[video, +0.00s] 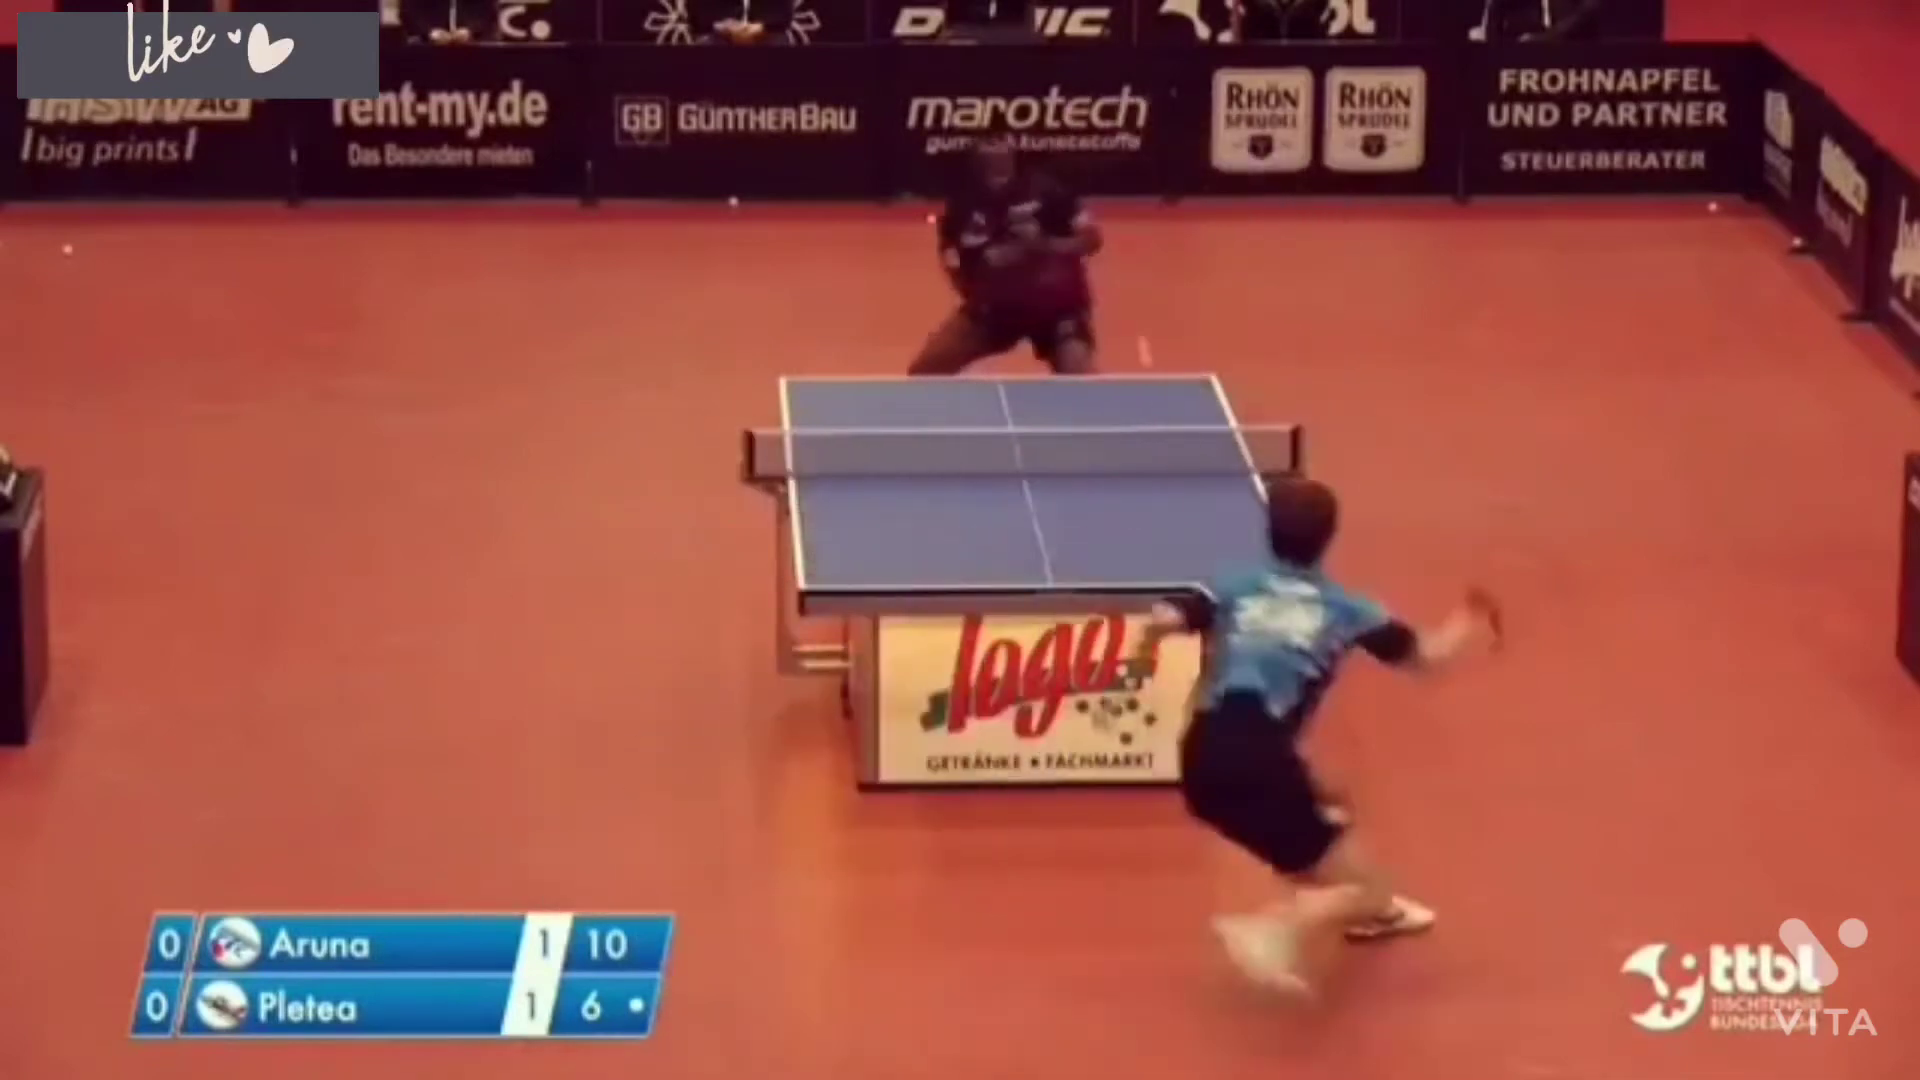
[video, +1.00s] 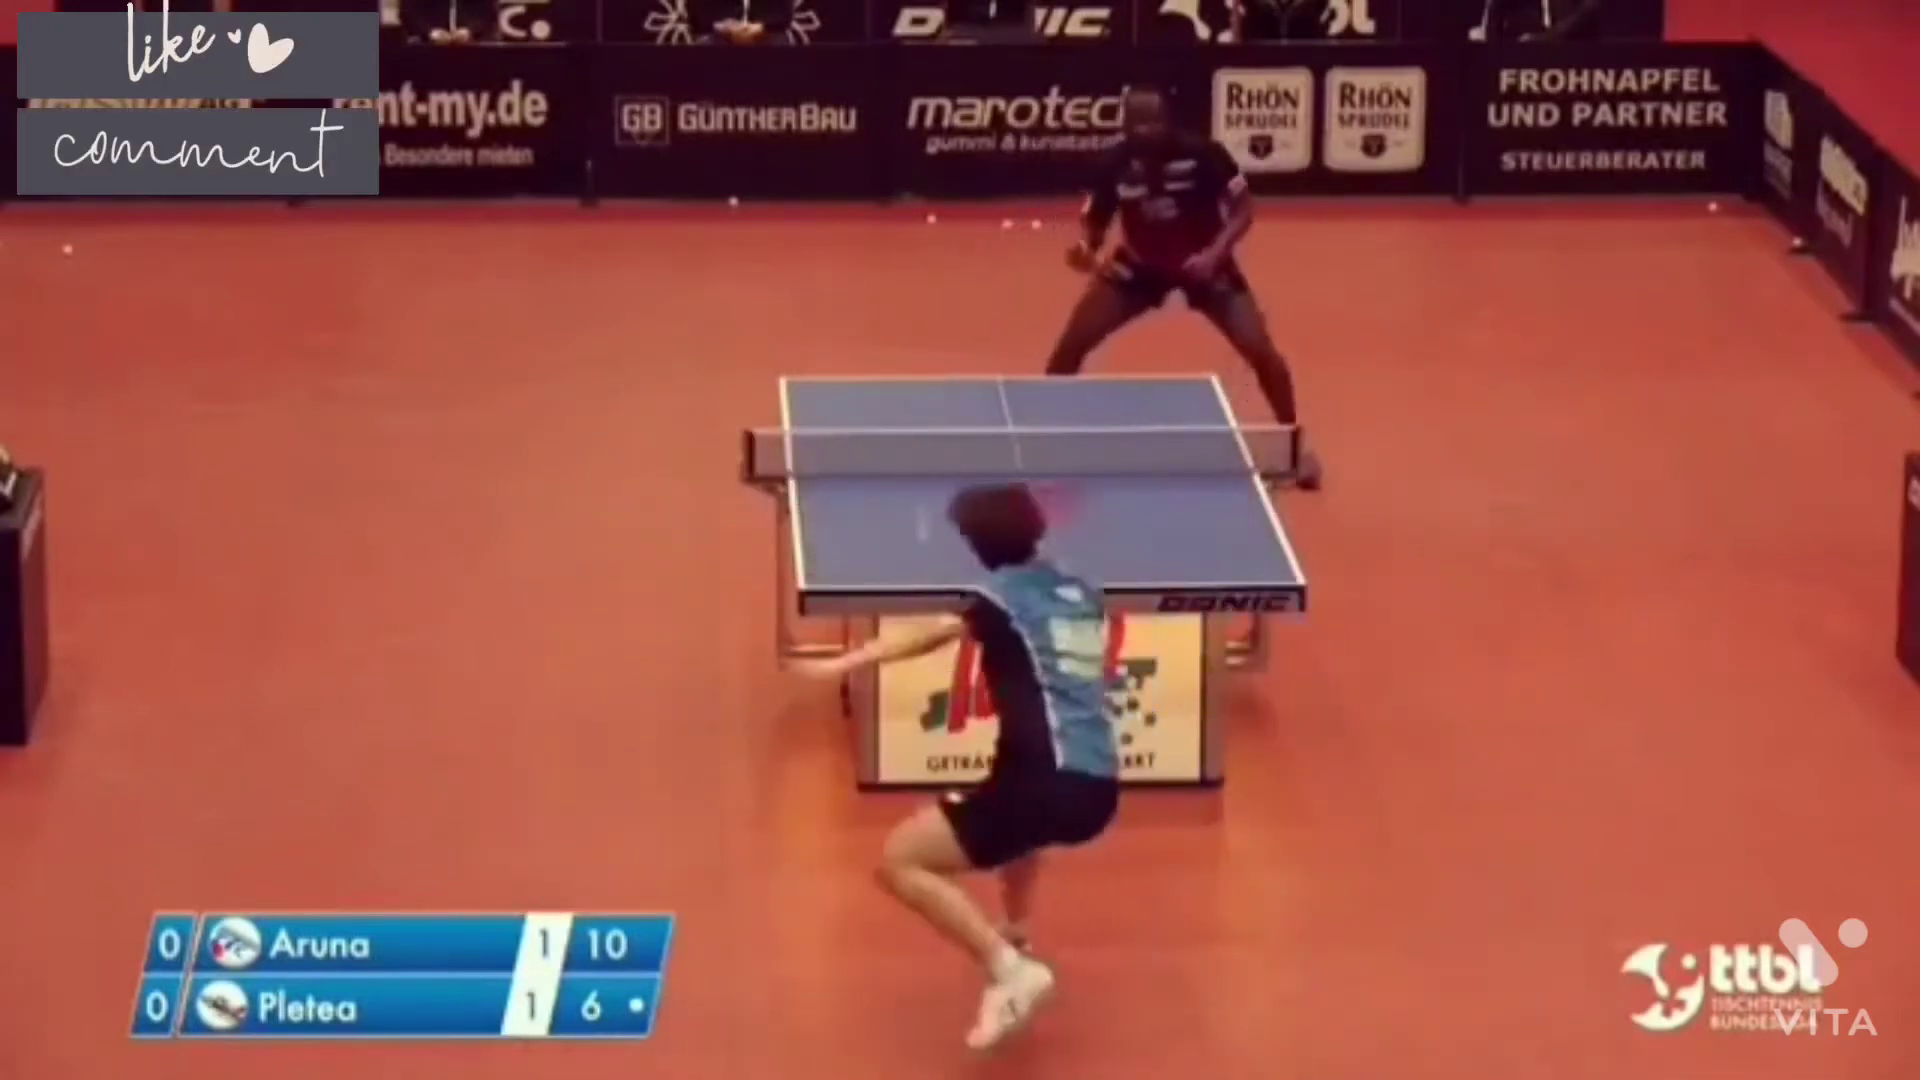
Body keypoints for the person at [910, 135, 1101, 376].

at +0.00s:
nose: (993, 156)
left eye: (998, 145)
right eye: (985, 147)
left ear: (1013, 148)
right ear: (975, 153)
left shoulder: (1043, 189)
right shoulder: (963, 202)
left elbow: (1090, 238)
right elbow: (959, 275)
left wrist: (1040, 242)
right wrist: (992, 258)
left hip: (1057, 309)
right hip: (994, 310)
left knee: (1081, 389)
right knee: (922, 375)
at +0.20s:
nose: (1046, 158)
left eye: (1053, 149)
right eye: (1038, 150)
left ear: (1065, 142)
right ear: (1023, 147)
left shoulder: (1084, 135)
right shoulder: (1004, 174)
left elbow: (1127, 141)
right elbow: (989, 246)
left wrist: (1110, 174)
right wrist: (1053, 255)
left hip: (1083, 252)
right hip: (1028, 254)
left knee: (1089, 321)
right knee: (979, 342)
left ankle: (1115, 402)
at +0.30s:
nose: (1073, 179)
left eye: (1080, 169)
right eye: (1064, 170)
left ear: (1092, 164)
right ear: (1051, 167)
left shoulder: (1113, 175)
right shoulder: (1033, 190)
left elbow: (1166, 170)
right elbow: (975, 248)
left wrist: (1144, 224)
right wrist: (996, 275)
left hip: (1106, 266)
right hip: (1052, 268)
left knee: (1098, 328)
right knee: (999, 333)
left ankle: (1133, 397)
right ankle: (999, 411)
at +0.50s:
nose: (1102, 206)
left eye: (1109, 198)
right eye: (1094, 198)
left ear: (1122, 193)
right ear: (1082, 193)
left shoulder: (1151, 214)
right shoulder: (1062, 214)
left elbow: (1183, 246)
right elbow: (1018, 254)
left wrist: (1157, 286)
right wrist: (996, 300)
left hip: (1137, 289)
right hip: (1083, 288)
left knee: (1136, 365)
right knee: (1034, 362)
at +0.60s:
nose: (1108, 182)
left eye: (1114, 173)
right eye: (1100, 174)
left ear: (1128, 171)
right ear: (1089, 173)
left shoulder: (1159, 190)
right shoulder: (1074, 196)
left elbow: (1195, 227)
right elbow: (1031, 245)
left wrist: (1155, 270)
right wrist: (1018, 293)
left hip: (1154, 270)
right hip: (1097, 270)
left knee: (1167, 356)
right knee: (1047, 354)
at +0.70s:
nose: (1119, 159)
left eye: (1127, 150)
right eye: (1112, 151)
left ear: (1142, 149)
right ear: (1101, 150)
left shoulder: (1177, 174)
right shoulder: (1087, 182)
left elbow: (1220, 219)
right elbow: (1051, 231)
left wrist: (1181, 262)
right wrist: (1037, 262)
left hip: (1171, 276)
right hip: (1110, 277)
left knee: (1206, 362)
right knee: (1055, 360)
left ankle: (1234, 439)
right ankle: (1033, 444)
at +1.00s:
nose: (1141, 130)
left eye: (1149, 120)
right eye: (1134, 121)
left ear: (1167, 120)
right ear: (1124, 123)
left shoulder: (1204, 154)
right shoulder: (1116, 164)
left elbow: (1244, 207)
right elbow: (1096, 219)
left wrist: (1214, 254)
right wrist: (1089, 251)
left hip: (1205, 266)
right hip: (1140, 267)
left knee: (1260, 350)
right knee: (1070, 345)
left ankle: (1293, 439)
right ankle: (1045, 437)